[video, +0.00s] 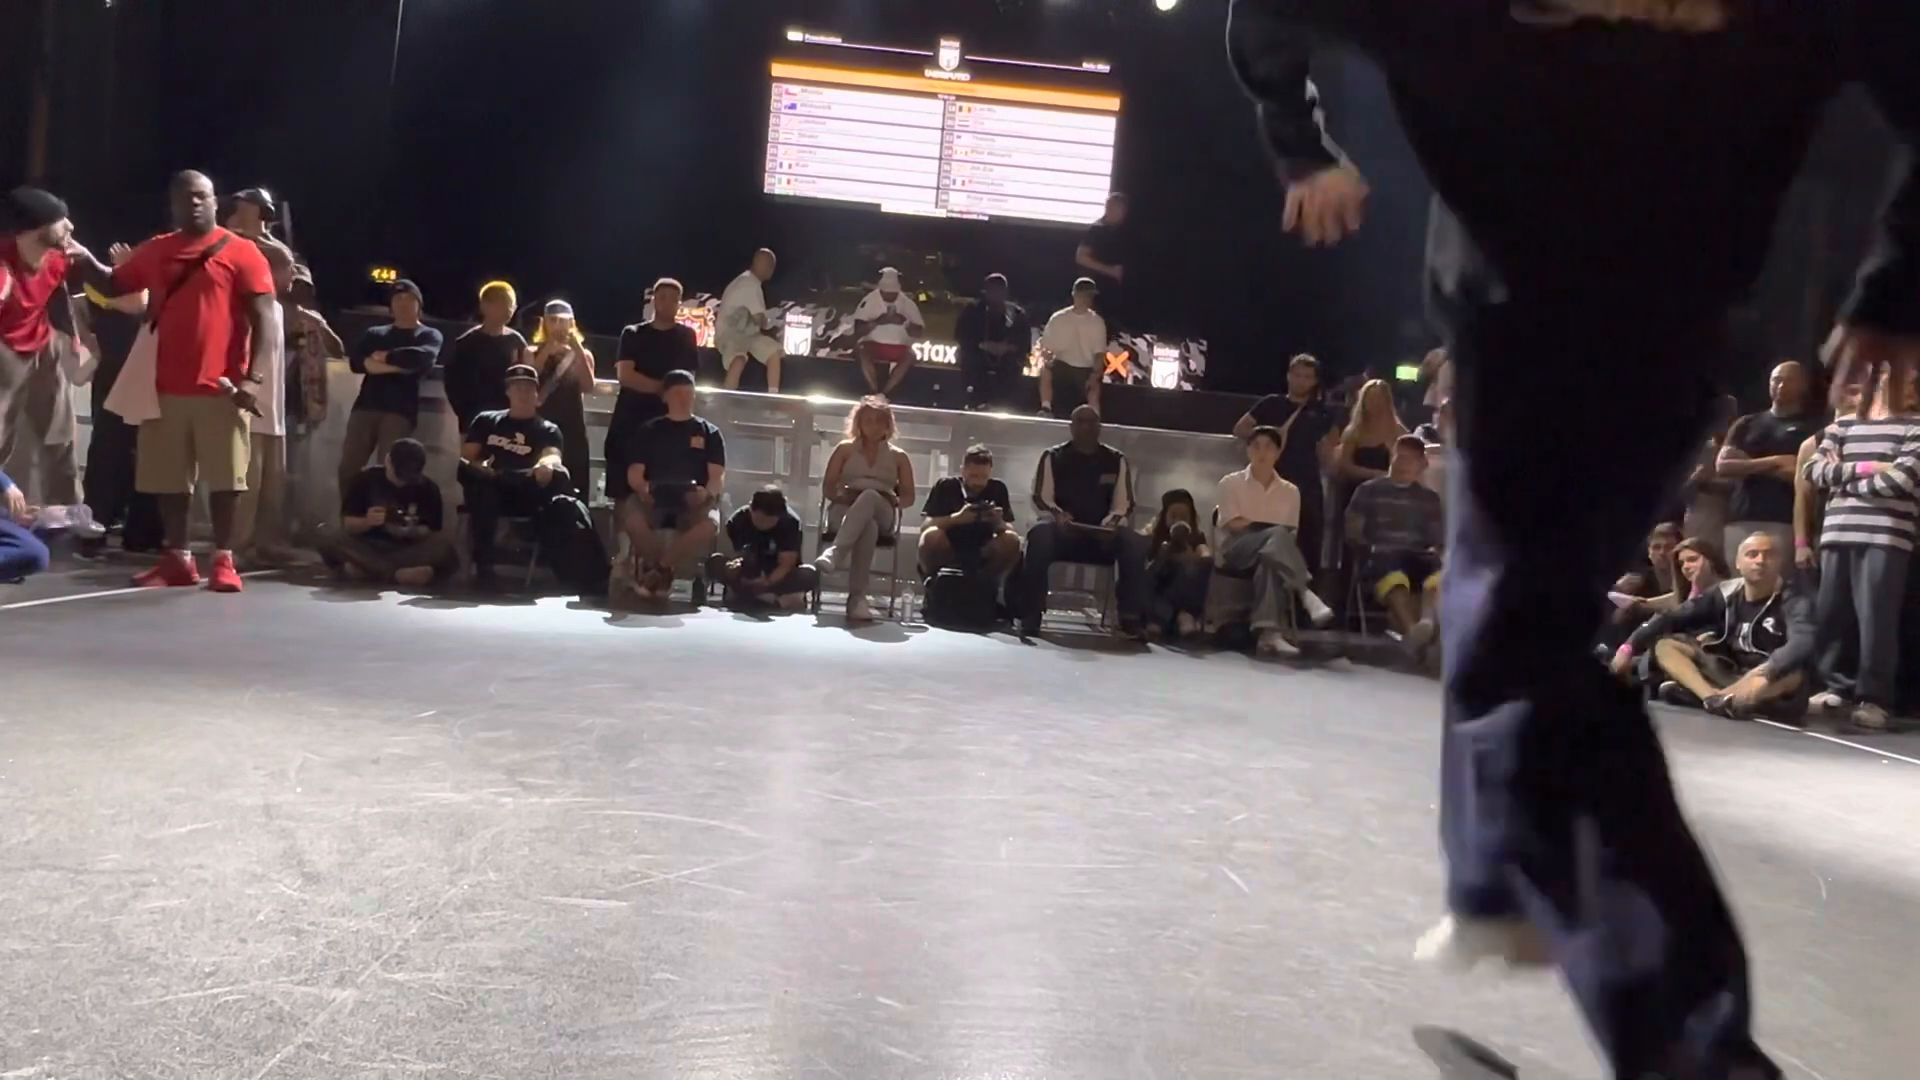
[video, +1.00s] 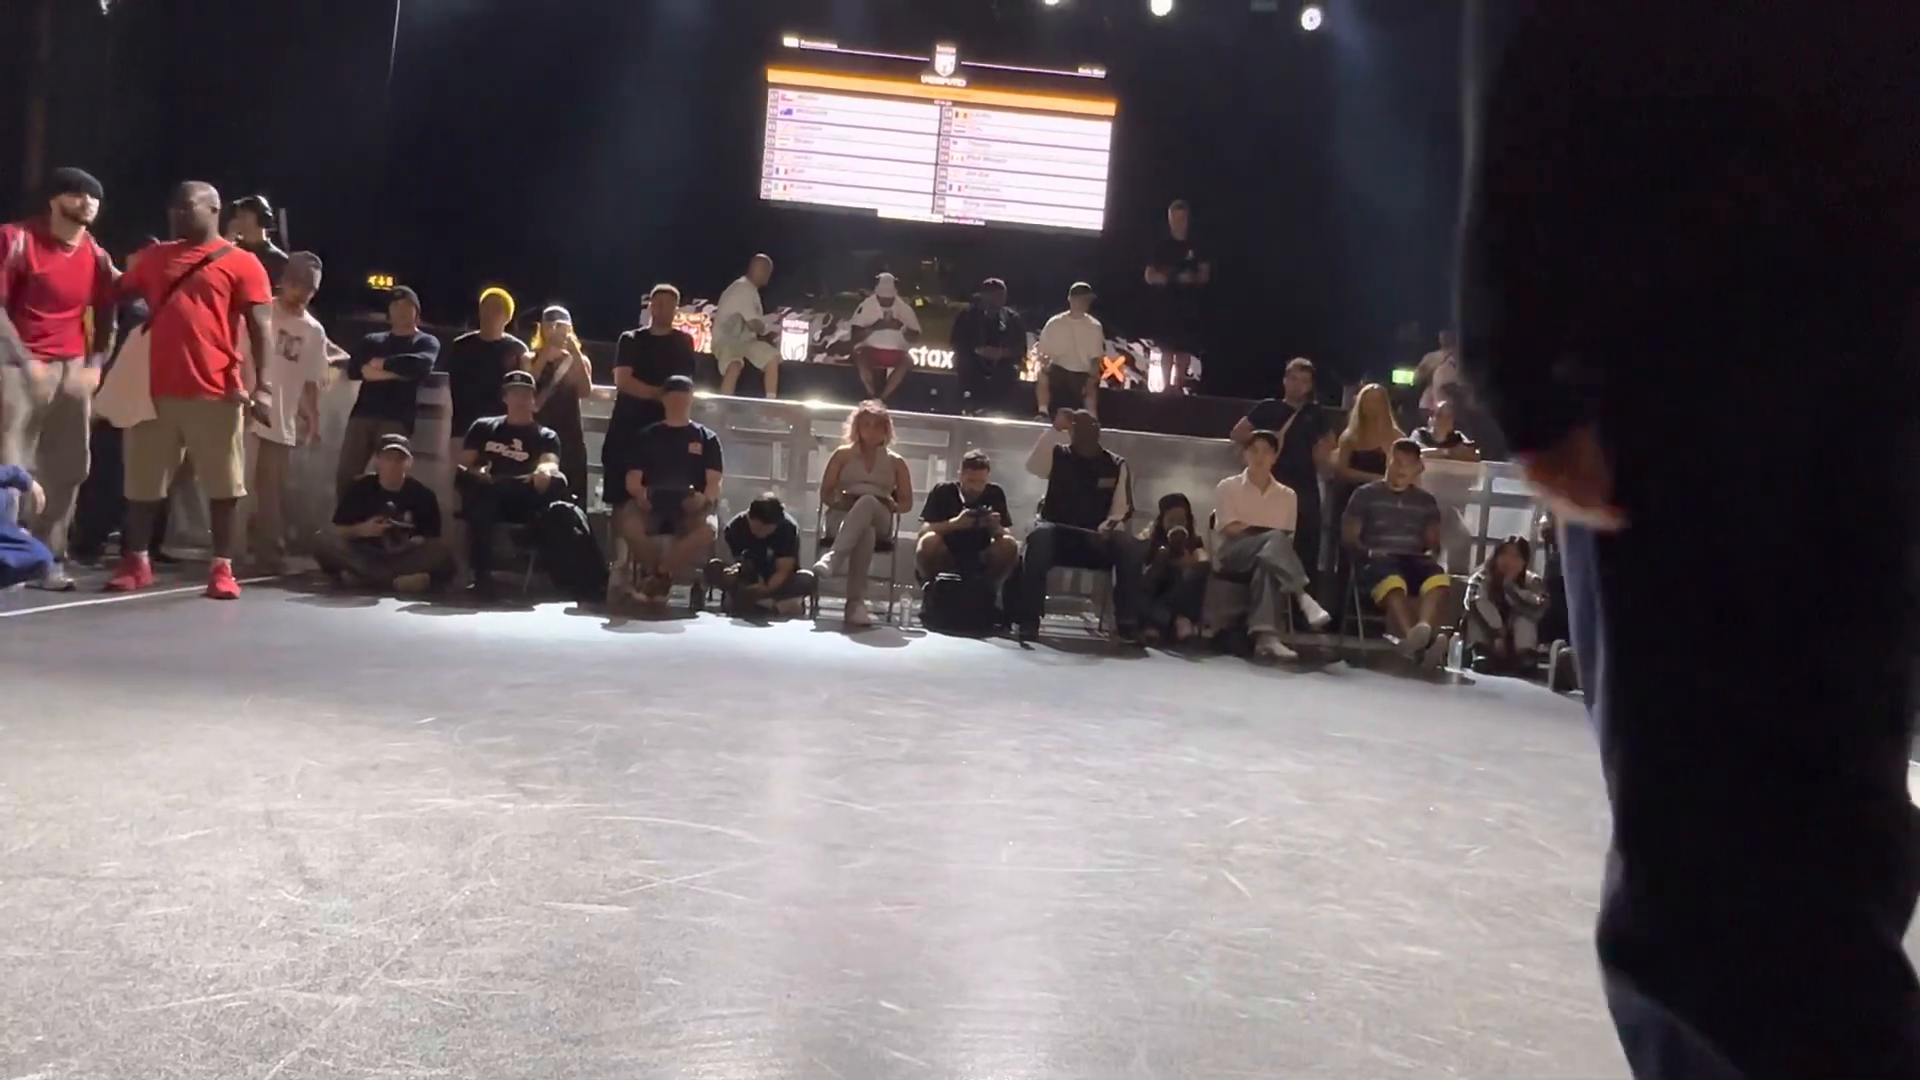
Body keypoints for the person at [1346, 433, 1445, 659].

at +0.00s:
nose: (1403, 463)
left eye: (1410, 458)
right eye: (1399, 456)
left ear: (1422, 464)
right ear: (1392, 458)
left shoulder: (1429, 497)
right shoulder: (1369, 491)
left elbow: (1437, 537)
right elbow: (1352, 531)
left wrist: (1435, 550)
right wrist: (1369, 548)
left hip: (1418, 554)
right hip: (1383, 552)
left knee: (1436, 583)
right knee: (1396, 586)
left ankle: (1426, 633)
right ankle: (1417, 642)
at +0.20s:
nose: (1404, 466)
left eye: (1411, 461)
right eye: (1400, 459)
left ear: (1422, 467)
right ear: (1392, 462)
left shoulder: (1430, 500)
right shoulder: (1375, 493)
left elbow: (1437, 537)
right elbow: (1364, 526)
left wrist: (1432, 550)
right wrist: (1369, 547)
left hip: (1419, 556)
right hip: (1385, 553)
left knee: (1442, 580)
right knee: (1396, 585)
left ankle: (1424, 637)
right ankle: (1417, 644)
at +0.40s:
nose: (1404, 465)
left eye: (1411, 460)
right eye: (1400, 458)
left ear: (1423, 466)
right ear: (1392, 460)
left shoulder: (1430, 498)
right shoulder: (1369, 492)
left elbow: (1437, 539)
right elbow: (1353, 535)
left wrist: (1430, 553)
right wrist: (1375, 550)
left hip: (1418, 555)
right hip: (1383, 551)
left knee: (1442, 578)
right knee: (1396, 583)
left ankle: (1426, 636)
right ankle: (1418, 645)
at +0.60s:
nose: (1405, 467)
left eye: (1412, 462)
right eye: (1401, 460)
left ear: (1422, 468)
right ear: (1392, 460)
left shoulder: (1430, 500)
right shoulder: (1369, 493)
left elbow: (1437, 543)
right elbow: (1352, 536)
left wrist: (1430, 555)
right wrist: (1374, 552)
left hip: (1418, 557)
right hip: (1383, 554)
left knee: (1442, 580)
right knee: (1396, 585)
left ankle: (1425, 636)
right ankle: (1419, 647)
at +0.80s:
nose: (1405, 468)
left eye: (1412, 463)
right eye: (1400, 461)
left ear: (1423, 468)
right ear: (1391, 462)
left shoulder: (1430, 501)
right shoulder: (1368, 494)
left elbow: (1436, 543)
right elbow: (1352, 537)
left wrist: (1432, 555)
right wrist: (1373, 553)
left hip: (1418, 558)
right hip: (1383, 555)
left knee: (1442, 580)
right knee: (1397, 586)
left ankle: (1425, 637)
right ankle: (1419, 647)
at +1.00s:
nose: (1401, 469)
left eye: (1408, 463)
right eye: (1397, 461)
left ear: (1419, 469)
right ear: (1388, 462)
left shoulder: (1426, 501)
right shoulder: (1365, 495)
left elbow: (1433, 543)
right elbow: (1349, 538)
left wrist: (1428, 555)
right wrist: (1370, 553)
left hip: (1415, 558)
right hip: (1380, 556)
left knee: (1439, 581)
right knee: (1394, 587)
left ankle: (1421, 636)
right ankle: (1415, 646)